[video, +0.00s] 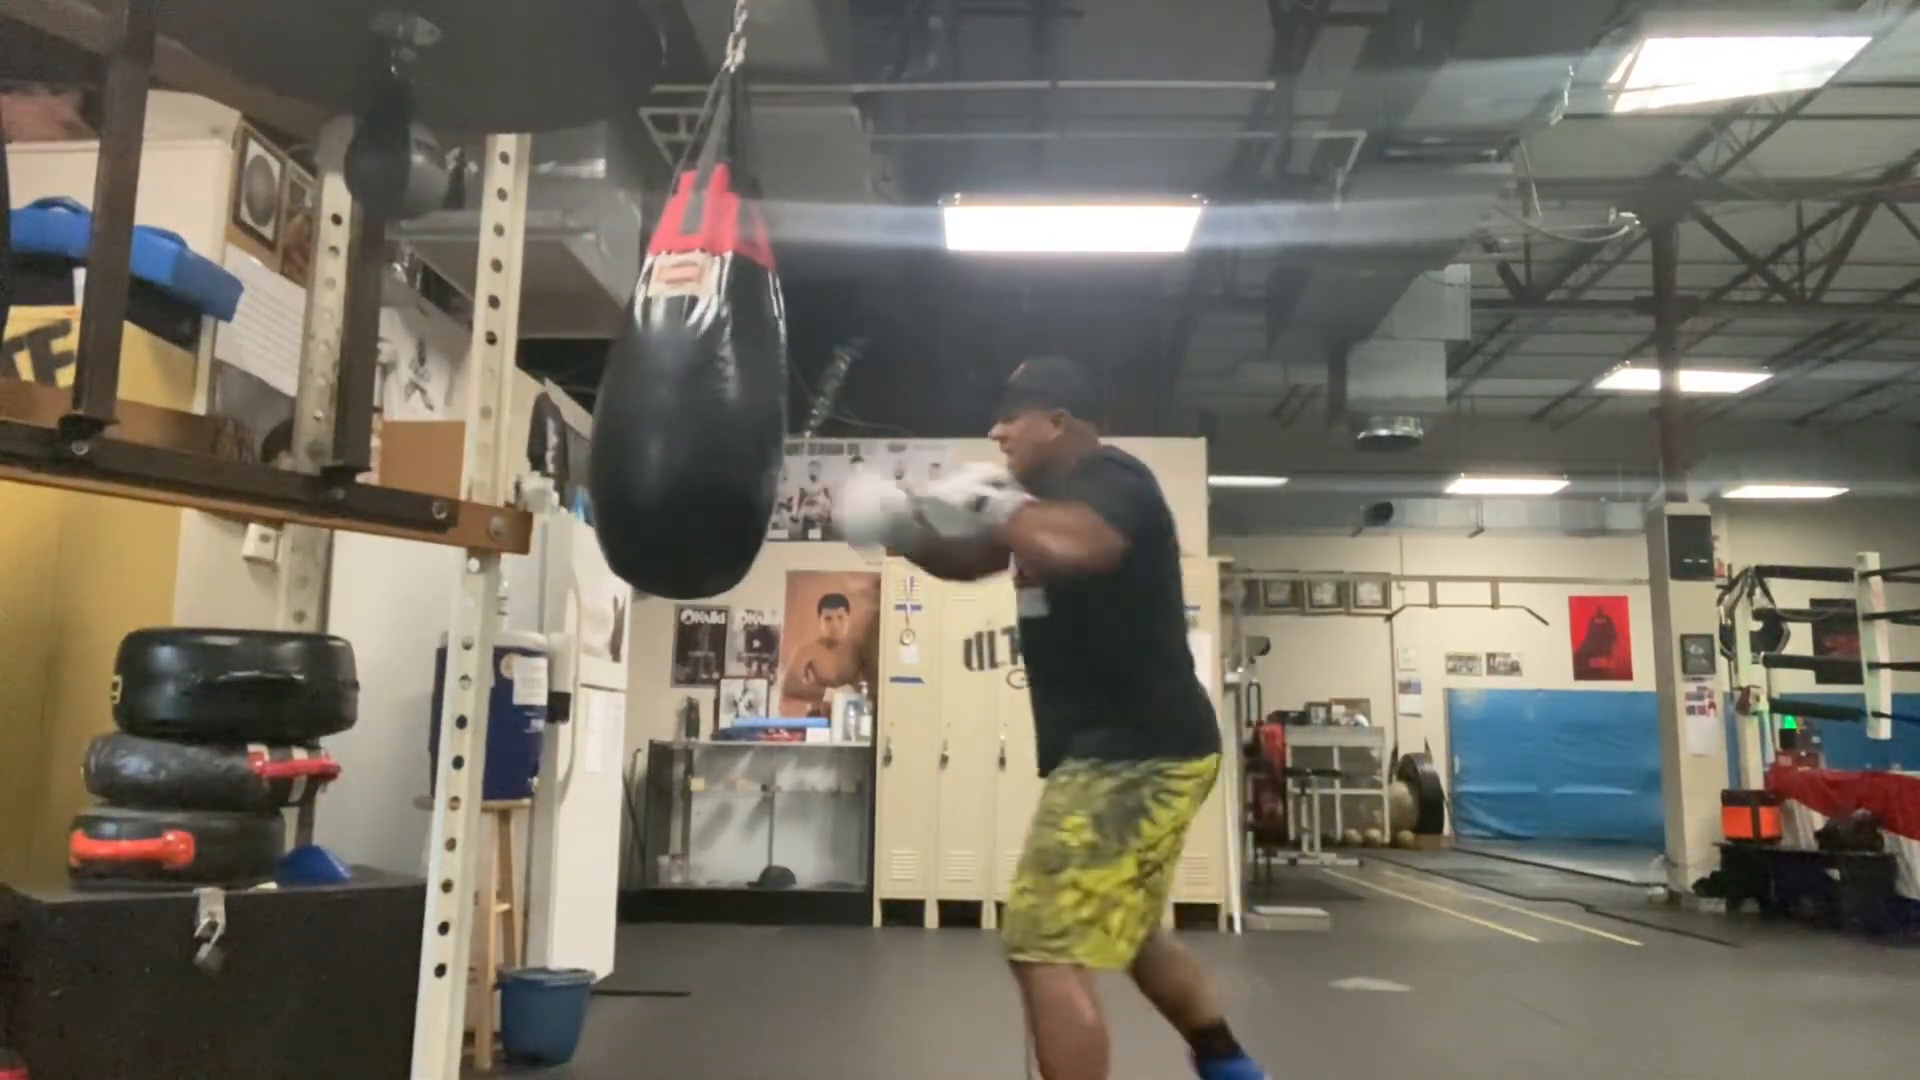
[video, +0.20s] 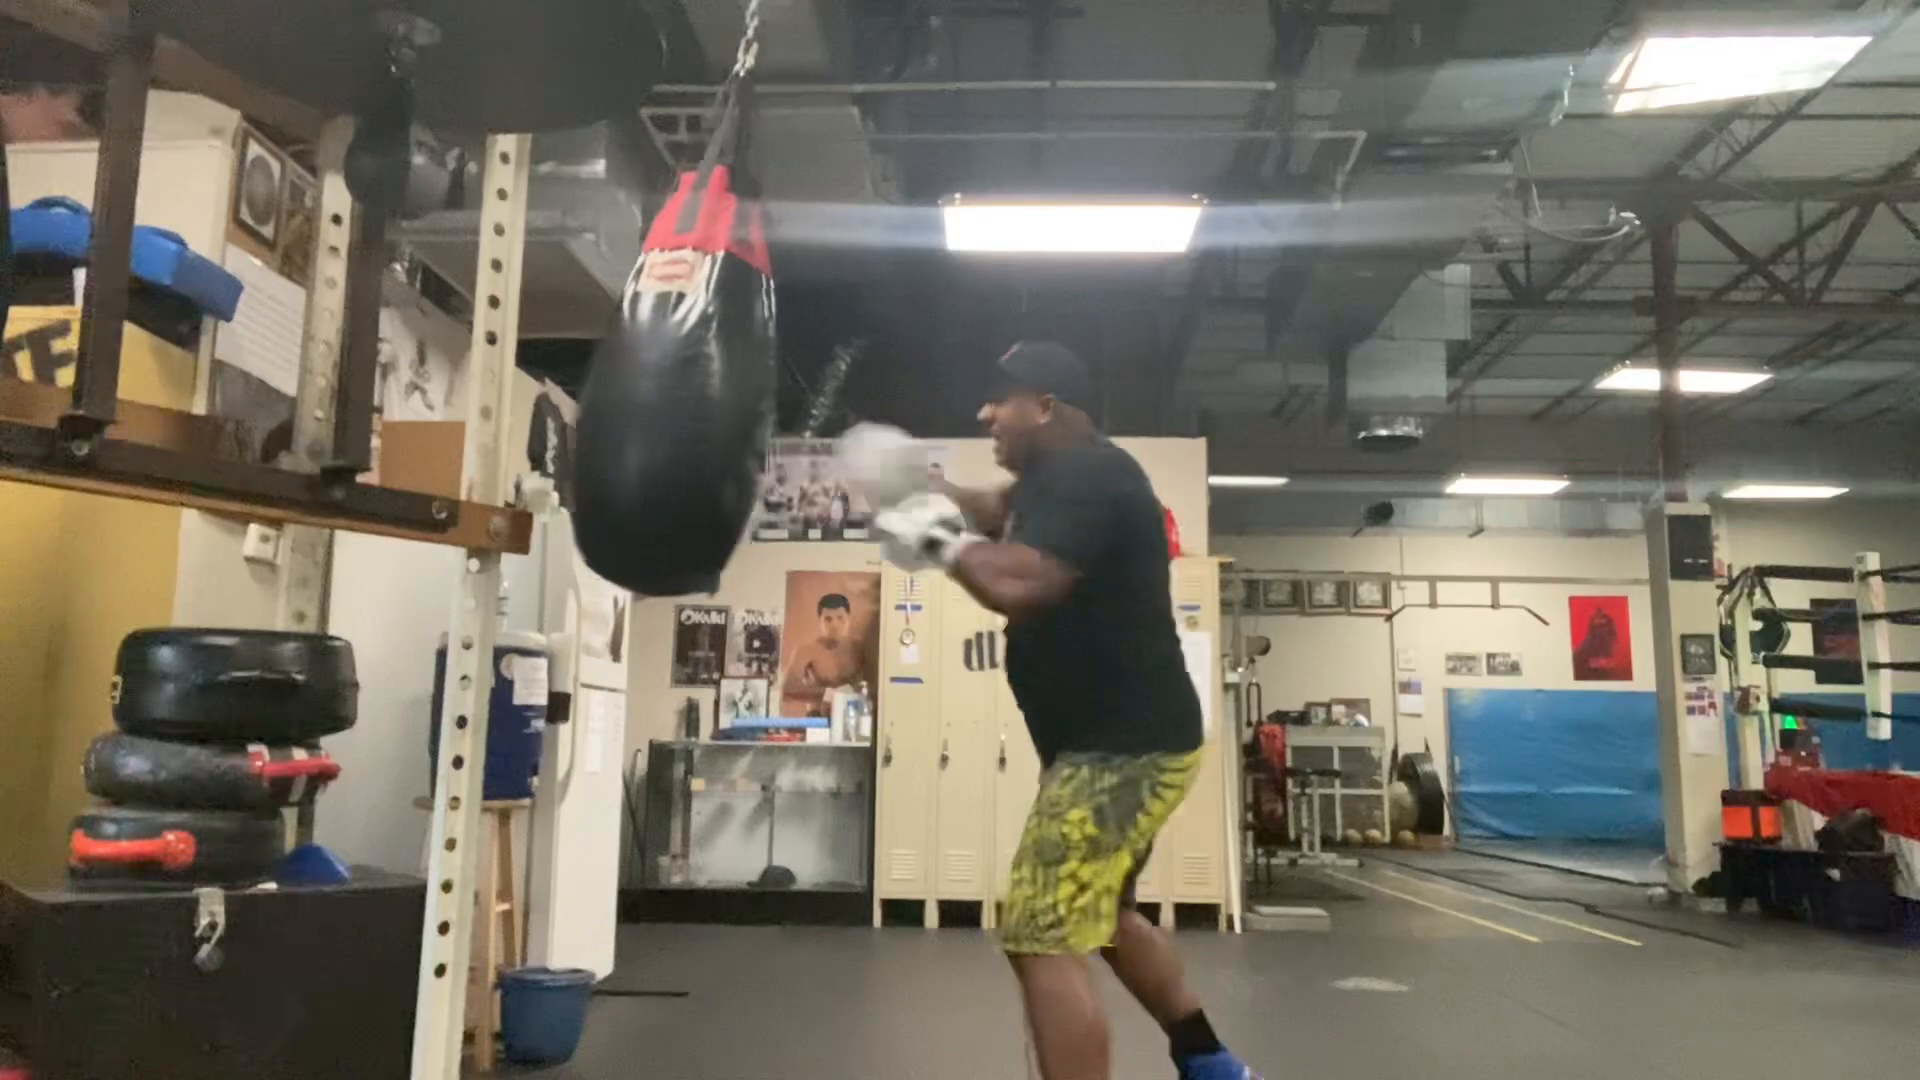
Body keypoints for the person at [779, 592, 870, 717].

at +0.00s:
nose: (835, 625)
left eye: (840, 617)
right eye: (828, 619)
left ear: (848, 619)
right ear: (819, 620)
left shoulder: (856, 651)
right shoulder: (806, 651)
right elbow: (789, 688)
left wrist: (816, 686)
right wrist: (828, 694)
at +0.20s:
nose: (834, 625)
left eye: (840, 618)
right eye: (828, 619)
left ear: (848, 620)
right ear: (819, 621)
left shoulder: (859, 650)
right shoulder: (807, 651)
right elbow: (789, 688)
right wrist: (825, 693)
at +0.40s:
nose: (834, 625)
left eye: (840, 618)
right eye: (828, 619)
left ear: (848, 620)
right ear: (819, 621)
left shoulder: (859, 650)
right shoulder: (806, 652)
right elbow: (789, 687)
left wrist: (818, 686)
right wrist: (825, 692)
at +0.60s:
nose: (834, 625)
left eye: (840, 618)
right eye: (828, 618)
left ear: (848, 620)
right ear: (819, 621)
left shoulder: (858, 651)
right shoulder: (806, 651)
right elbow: (789, 687)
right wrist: (825, 692)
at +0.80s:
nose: (834, 624)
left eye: (840, 618)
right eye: (828, 618)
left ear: (848, 620)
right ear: (819, 621)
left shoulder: (858, 651)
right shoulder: (806, 652)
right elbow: (788, 687)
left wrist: (817, 686)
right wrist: (825, 692)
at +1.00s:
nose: (834, 624)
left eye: (840, 618)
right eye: (828, 618)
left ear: (848, 620)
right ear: (819, 621)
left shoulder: (857, 651)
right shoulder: (806, 652)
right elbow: (788, 687)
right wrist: (824, 692)